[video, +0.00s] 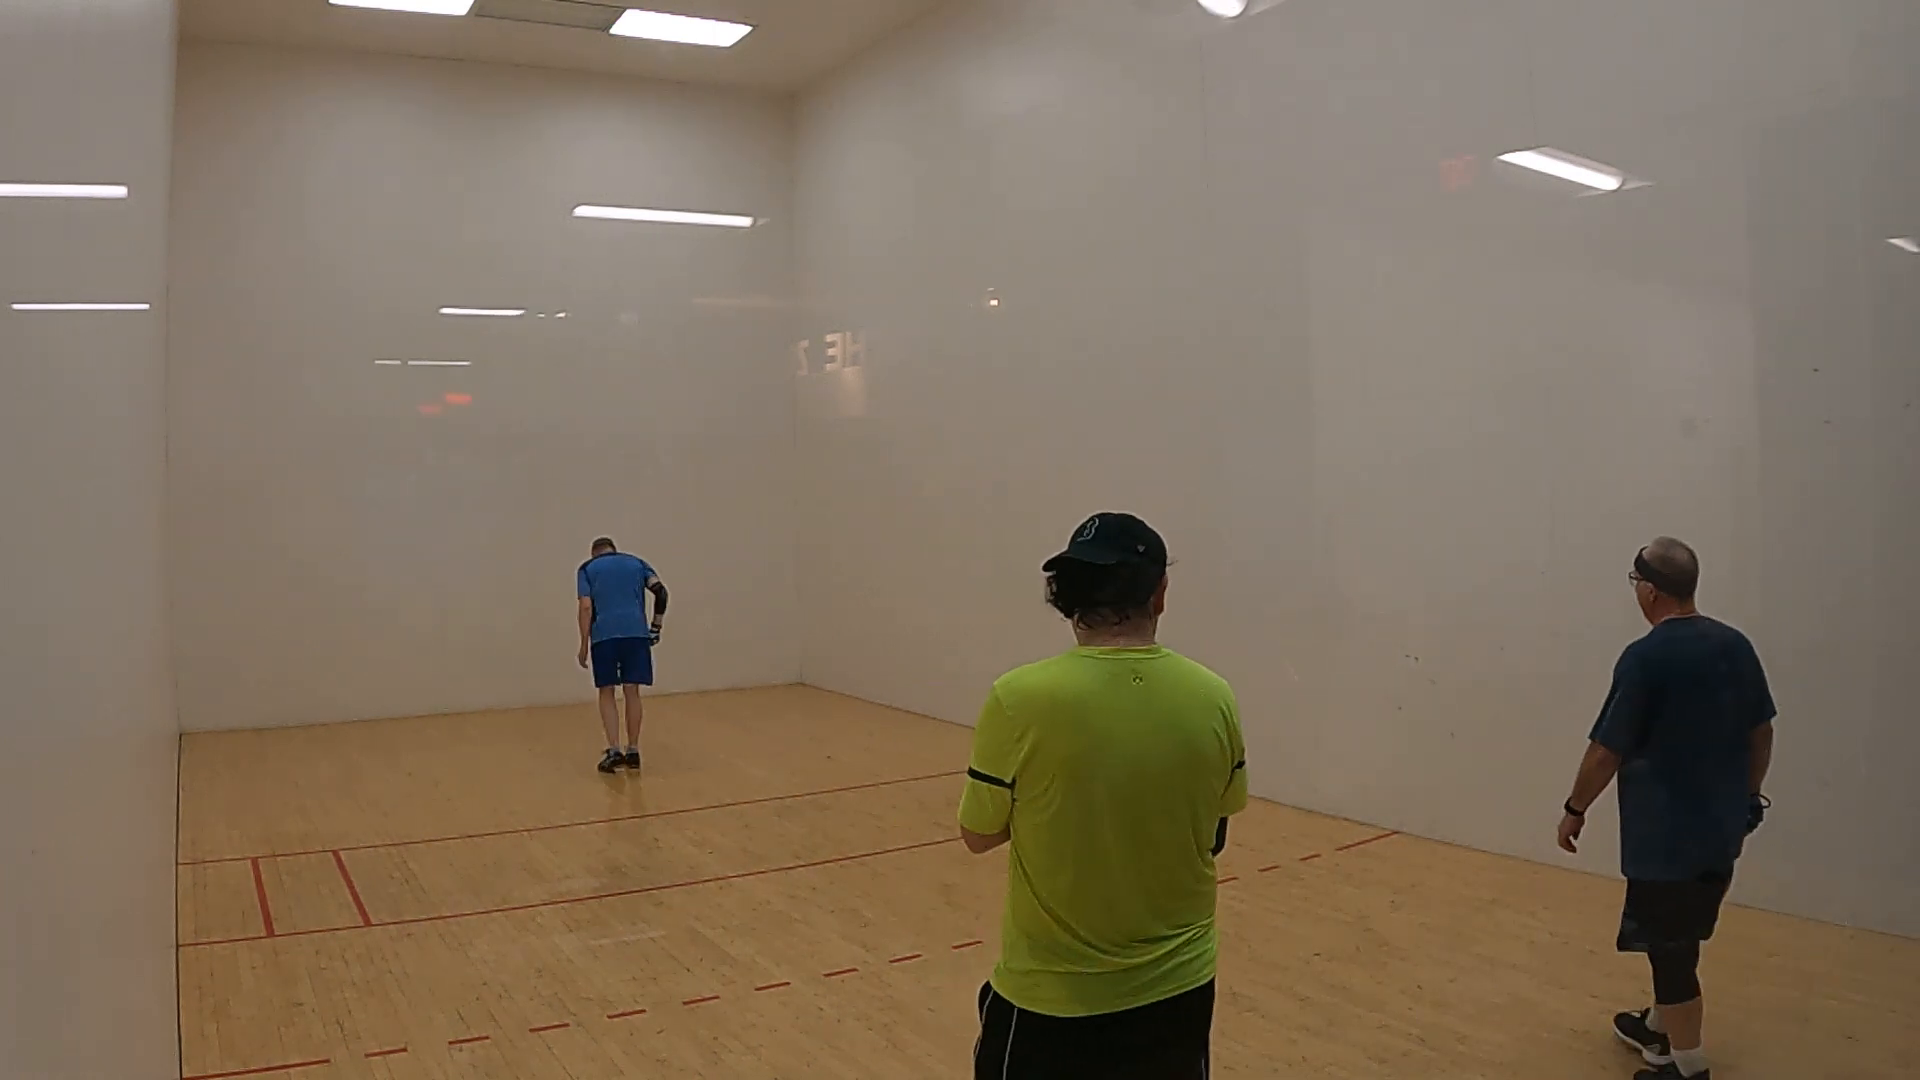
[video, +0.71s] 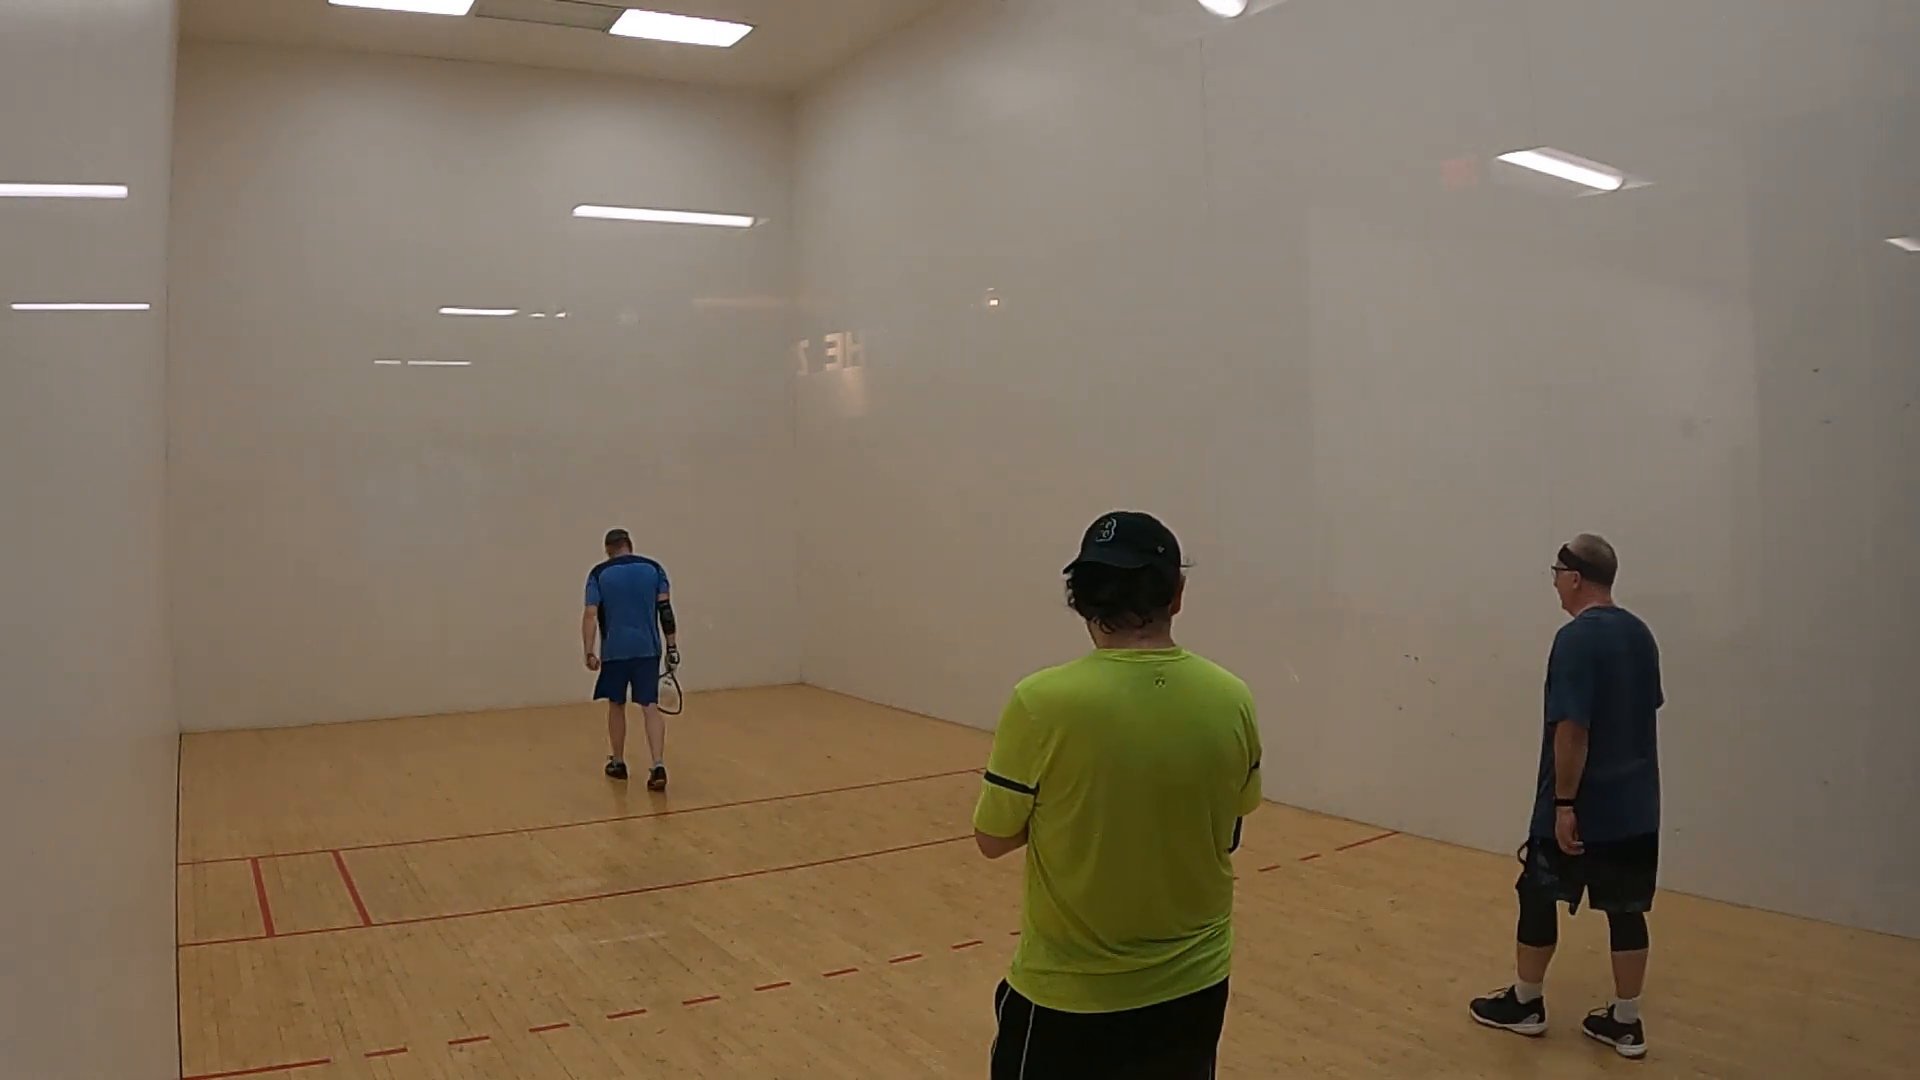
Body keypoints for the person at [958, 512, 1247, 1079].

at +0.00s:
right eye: (1169, 586)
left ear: (1067, 596)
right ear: (1160, 596)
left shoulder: (1019, 697)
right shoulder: (1211, 697)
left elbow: (979, 833)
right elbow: (1216, 830)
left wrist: (1056, 791)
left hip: (1044, 1018)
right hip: (1174, 1012)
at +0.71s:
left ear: (1080, 598)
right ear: (1178, 596)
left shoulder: (1041, 702)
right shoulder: (1229, 699)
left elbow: (993, 838)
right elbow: (1230, 831)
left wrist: (1071, 798)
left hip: (1061, 1014)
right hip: (1189, 1008)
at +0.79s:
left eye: (1082, 590)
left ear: (1082, 600)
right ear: (1177, 596)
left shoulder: (1042, 700)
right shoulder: (1229, 697)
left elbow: (991, 840)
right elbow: (1230, 832)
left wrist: (1067, 795)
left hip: (1064, 1013)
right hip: (1190, 1005)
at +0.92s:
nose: (1073, 599)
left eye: (1073, 587)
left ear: (1079, 596)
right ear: (1170, 591)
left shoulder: (1044, 698)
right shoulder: (1230, 696)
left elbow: (982, 847)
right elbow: (1234, 844)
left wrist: (1050, 797)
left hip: (1065, 1013)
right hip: (1189, 1004)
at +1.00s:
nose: (1069, 597)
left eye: (1069, 584)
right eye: (1071, 582)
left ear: (1078, 595)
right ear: (1165, 590)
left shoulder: (1047, 695)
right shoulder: (1229, 696)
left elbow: (981, 850)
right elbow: (1242, 847)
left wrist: (1038, 796)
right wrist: (1201, 927)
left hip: (1065, 1011)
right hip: (1190, 1002)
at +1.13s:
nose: (1065, 593)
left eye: (1066, 580)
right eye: (1067, 578)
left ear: (1075, 594)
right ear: (1160, 588)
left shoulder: (1047, 691)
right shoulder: (1227, 693)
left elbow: (980, 840)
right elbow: (1248, 849)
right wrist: (1239, 956)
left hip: (1063, 1012)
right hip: (1188, 1002)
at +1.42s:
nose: (1065, 586)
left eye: (1066, 572)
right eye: (1069, 570)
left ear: (1075, 589)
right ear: (1160, 586)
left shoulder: (1052, 683)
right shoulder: (1223, 688)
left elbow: (1008, 820)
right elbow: (1259, 836)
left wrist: (1008, 919)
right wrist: (1285, 959)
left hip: (1069, 1002)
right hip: (1189, 994)